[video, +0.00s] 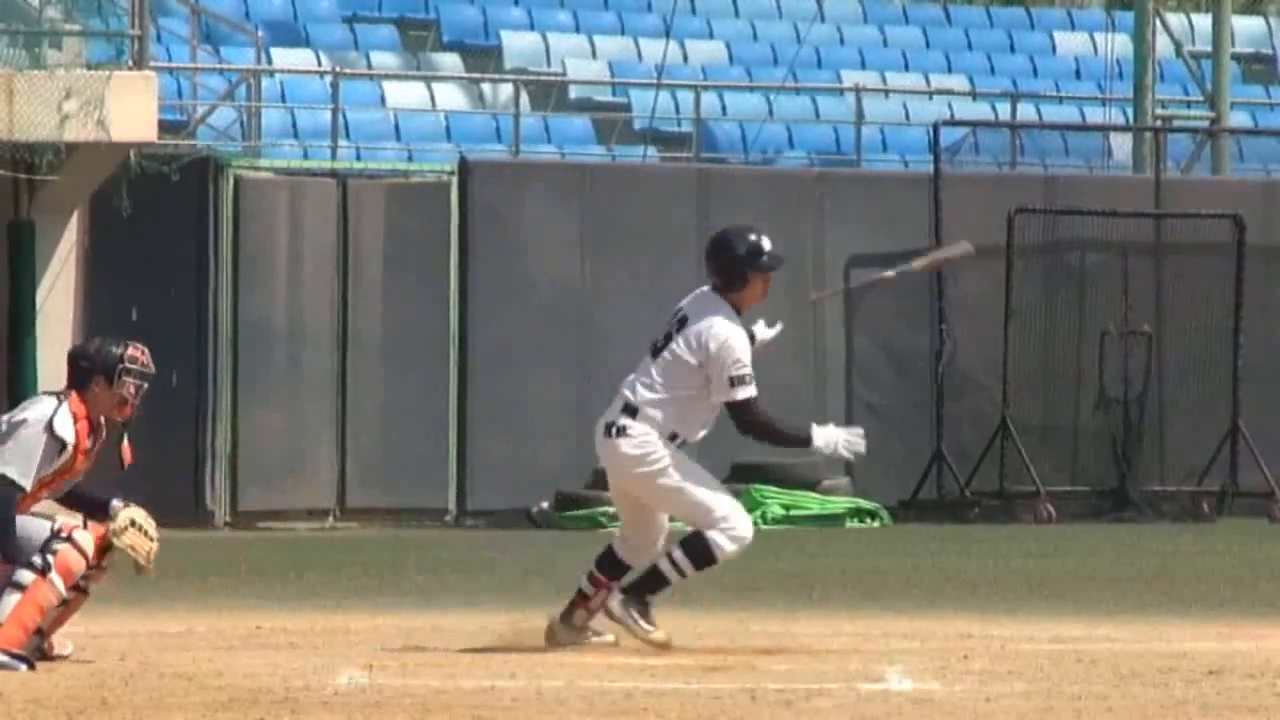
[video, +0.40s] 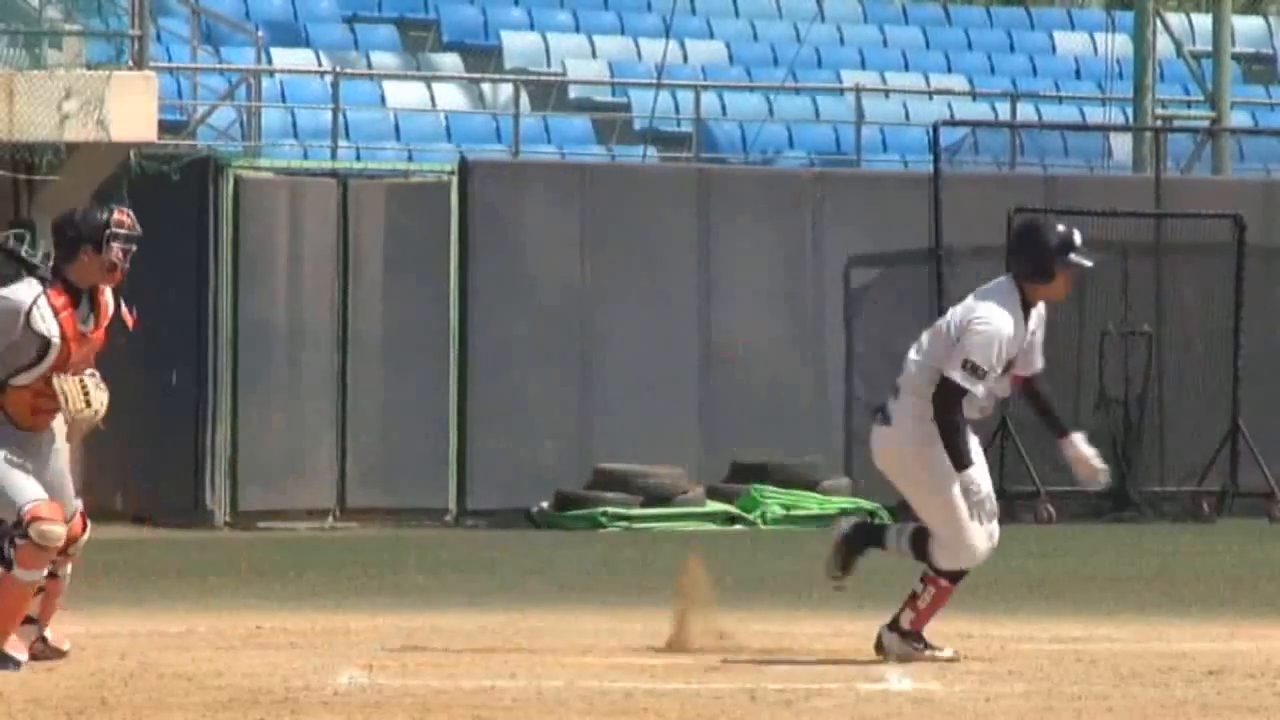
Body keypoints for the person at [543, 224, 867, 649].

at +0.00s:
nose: (769, 282)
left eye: (769, 272)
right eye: (763, 273)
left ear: (725, 274)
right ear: (741, 277)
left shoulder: (701, 300)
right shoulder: (727, 334)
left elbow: (696, 353)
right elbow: (750, 420)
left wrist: (746, 342)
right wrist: (817, 438)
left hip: (619, 433)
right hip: (641, 443)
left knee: (643, 540)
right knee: (733, 527)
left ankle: (572, 621)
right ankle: (634, 598)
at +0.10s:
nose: (848, 267)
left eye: (846, 259)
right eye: (842, 260)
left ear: (807, 263)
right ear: (820, 266)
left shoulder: (780, 286)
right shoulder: (783, 325)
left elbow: (740, 325)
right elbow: (811, 412)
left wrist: (724, 339)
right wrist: (877, 444)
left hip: (714, 430)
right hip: (720, 440)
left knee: (737, 537)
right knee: (762, 551)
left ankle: (629, 573)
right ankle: (700, 617)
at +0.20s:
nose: (912, 276)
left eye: (911, 267)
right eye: (905, 268)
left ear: (873, 270)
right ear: (880, 276)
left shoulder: (843, 287)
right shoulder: (851, 330)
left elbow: (790, 316)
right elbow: (914, 399)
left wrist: (746, 324)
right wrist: (983, 382)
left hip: (813, 435)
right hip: (759, 435)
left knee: (872, 515)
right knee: (755, 557)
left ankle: (780, 567)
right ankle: (695, 619)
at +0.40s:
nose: (1073, 275)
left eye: (1072, 266)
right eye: (1067, 266)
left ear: (1036, 270)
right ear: (1040, 271)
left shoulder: (1033, 310)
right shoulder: (992, 322)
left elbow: (1027, 382)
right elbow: (945, 404)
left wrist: (1067, 440)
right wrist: (972, 479)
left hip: (951, 428)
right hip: (909, 435)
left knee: (979, 541)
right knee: (962, 546)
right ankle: (901, 634)